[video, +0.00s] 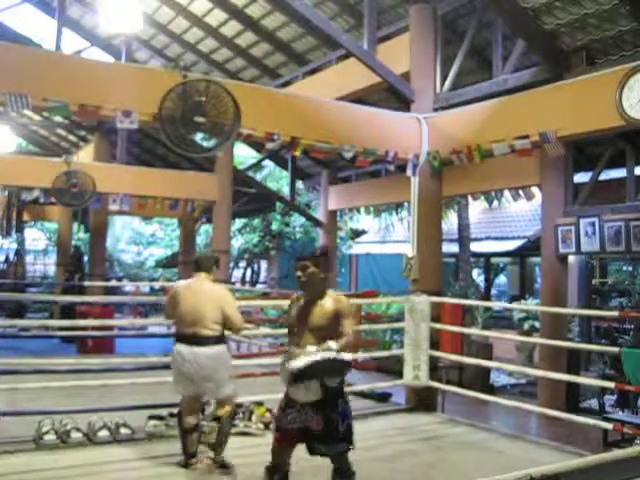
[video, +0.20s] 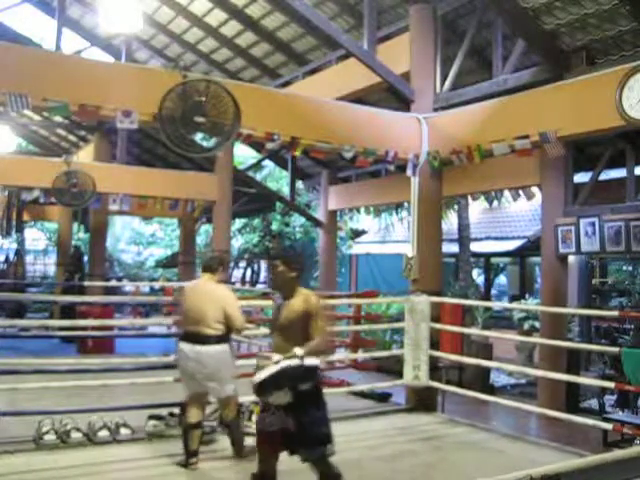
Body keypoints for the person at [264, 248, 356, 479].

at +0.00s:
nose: (299, 276)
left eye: (305, 270)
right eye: (297, 271)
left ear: (321, 273)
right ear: (295, 275)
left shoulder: (339, 303)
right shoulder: (295, 304)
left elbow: (352, 339)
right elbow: (293, 338)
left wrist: (325, 349)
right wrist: (293, 355)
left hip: (328, 381)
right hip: (298, 380)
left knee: (336, 452)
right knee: (281, 446)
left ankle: (343, 470)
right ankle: (278, 472)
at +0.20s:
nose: (271, 274)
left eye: (276, 268)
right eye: (271, 269)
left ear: (293, 272)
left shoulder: (309, 301)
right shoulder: (282, 304)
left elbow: (323, 341)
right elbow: (284, 341)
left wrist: (298, 352)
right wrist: (270, 358)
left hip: (302, 380)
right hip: (279, 378)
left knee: (310, 449)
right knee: (267, 443)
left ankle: (327, 472)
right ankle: (265, 471)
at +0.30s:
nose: (257, 272)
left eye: (262, 267)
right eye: (257, 268)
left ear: (281, 269)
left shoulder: (297, 299)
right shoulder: (271, 301)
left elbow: (310, 340)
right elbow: (271, 340)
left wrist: (283, 355)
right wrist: (257, 359)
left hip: (289, 381)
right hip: (267, 378)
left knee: (299, 461)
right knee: (260, 449)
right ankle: (261, 470)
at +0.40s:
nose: (247, 273)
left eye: (252, 267)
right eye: (247, 267)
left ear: (270, 271)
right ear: (264, 272)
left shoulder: (288, 299)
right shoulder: (261, 301)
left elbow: (301, 341)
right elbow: (262, 340)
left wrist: (268, 360)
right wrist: (246, 354)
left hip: (280, 383)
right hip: (259, 381)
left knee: (274, 460)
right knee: (253, 448)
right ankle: (258, 473)